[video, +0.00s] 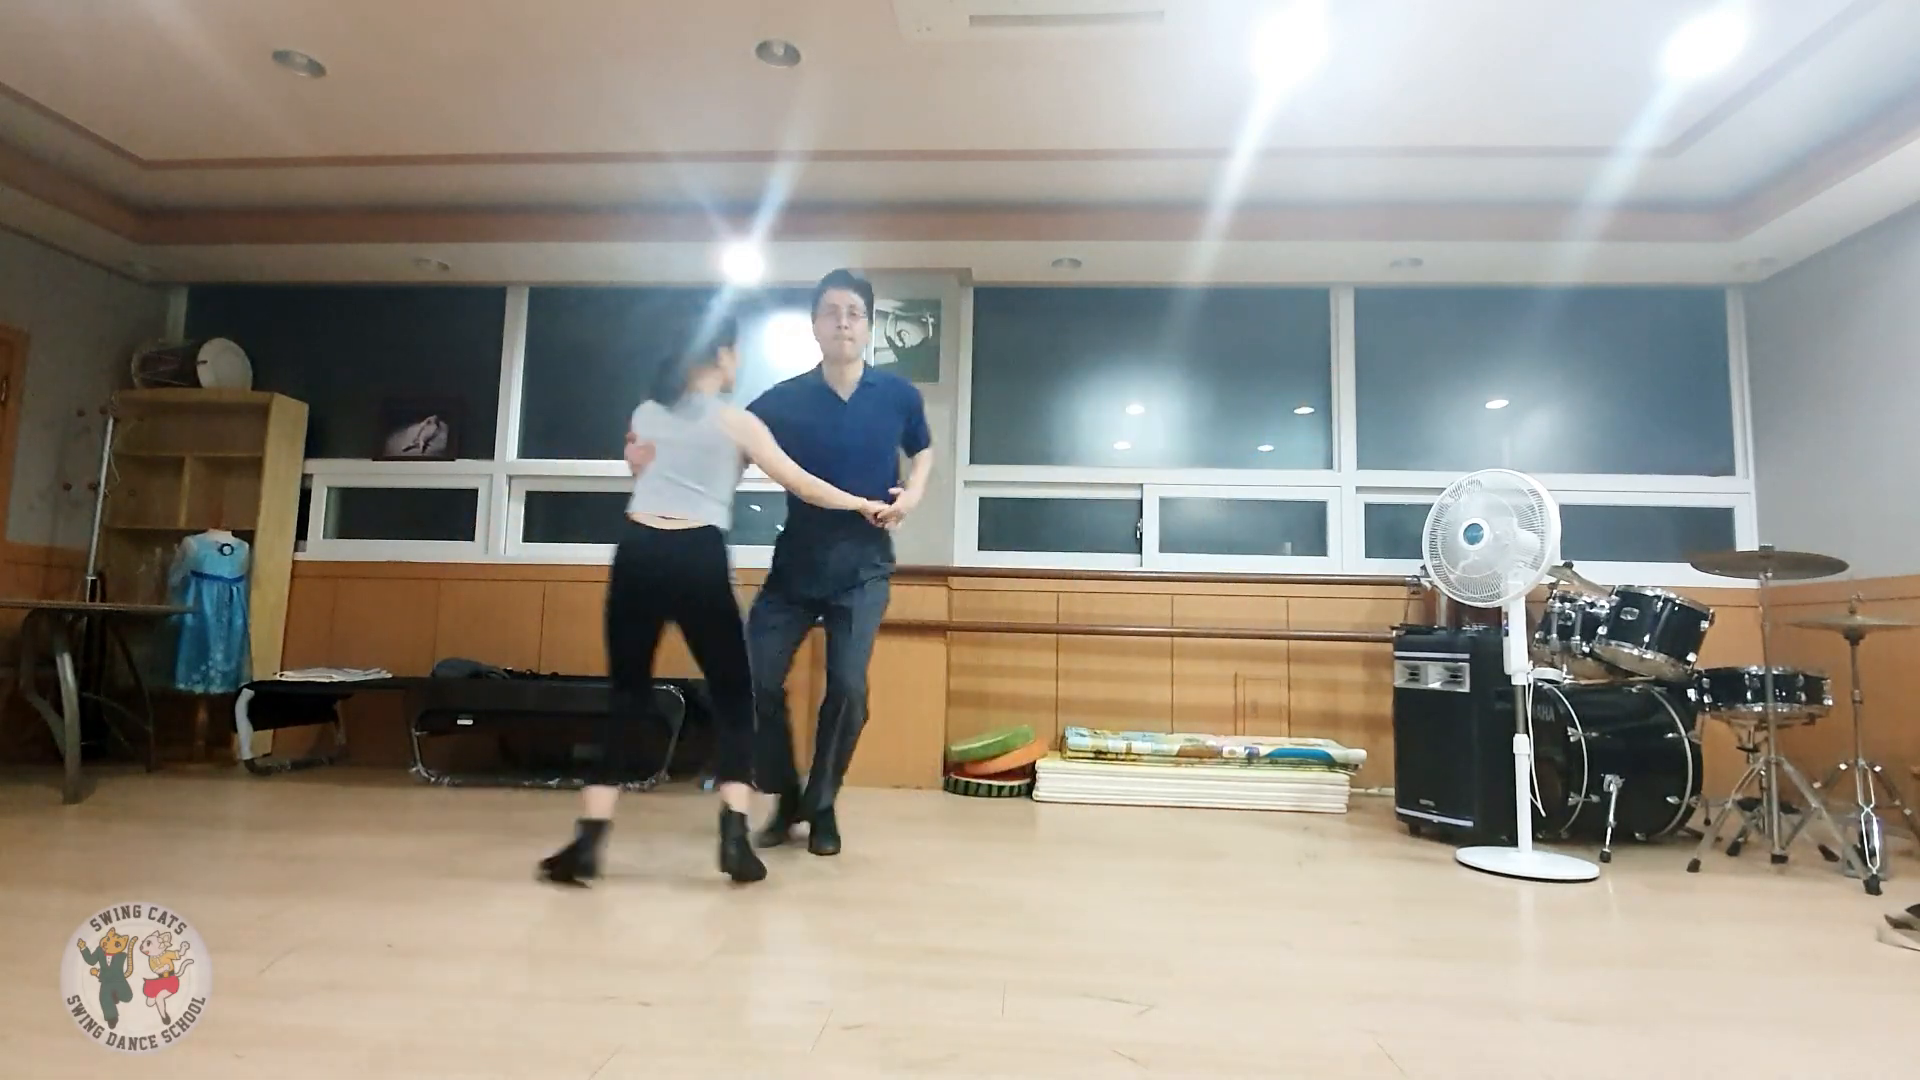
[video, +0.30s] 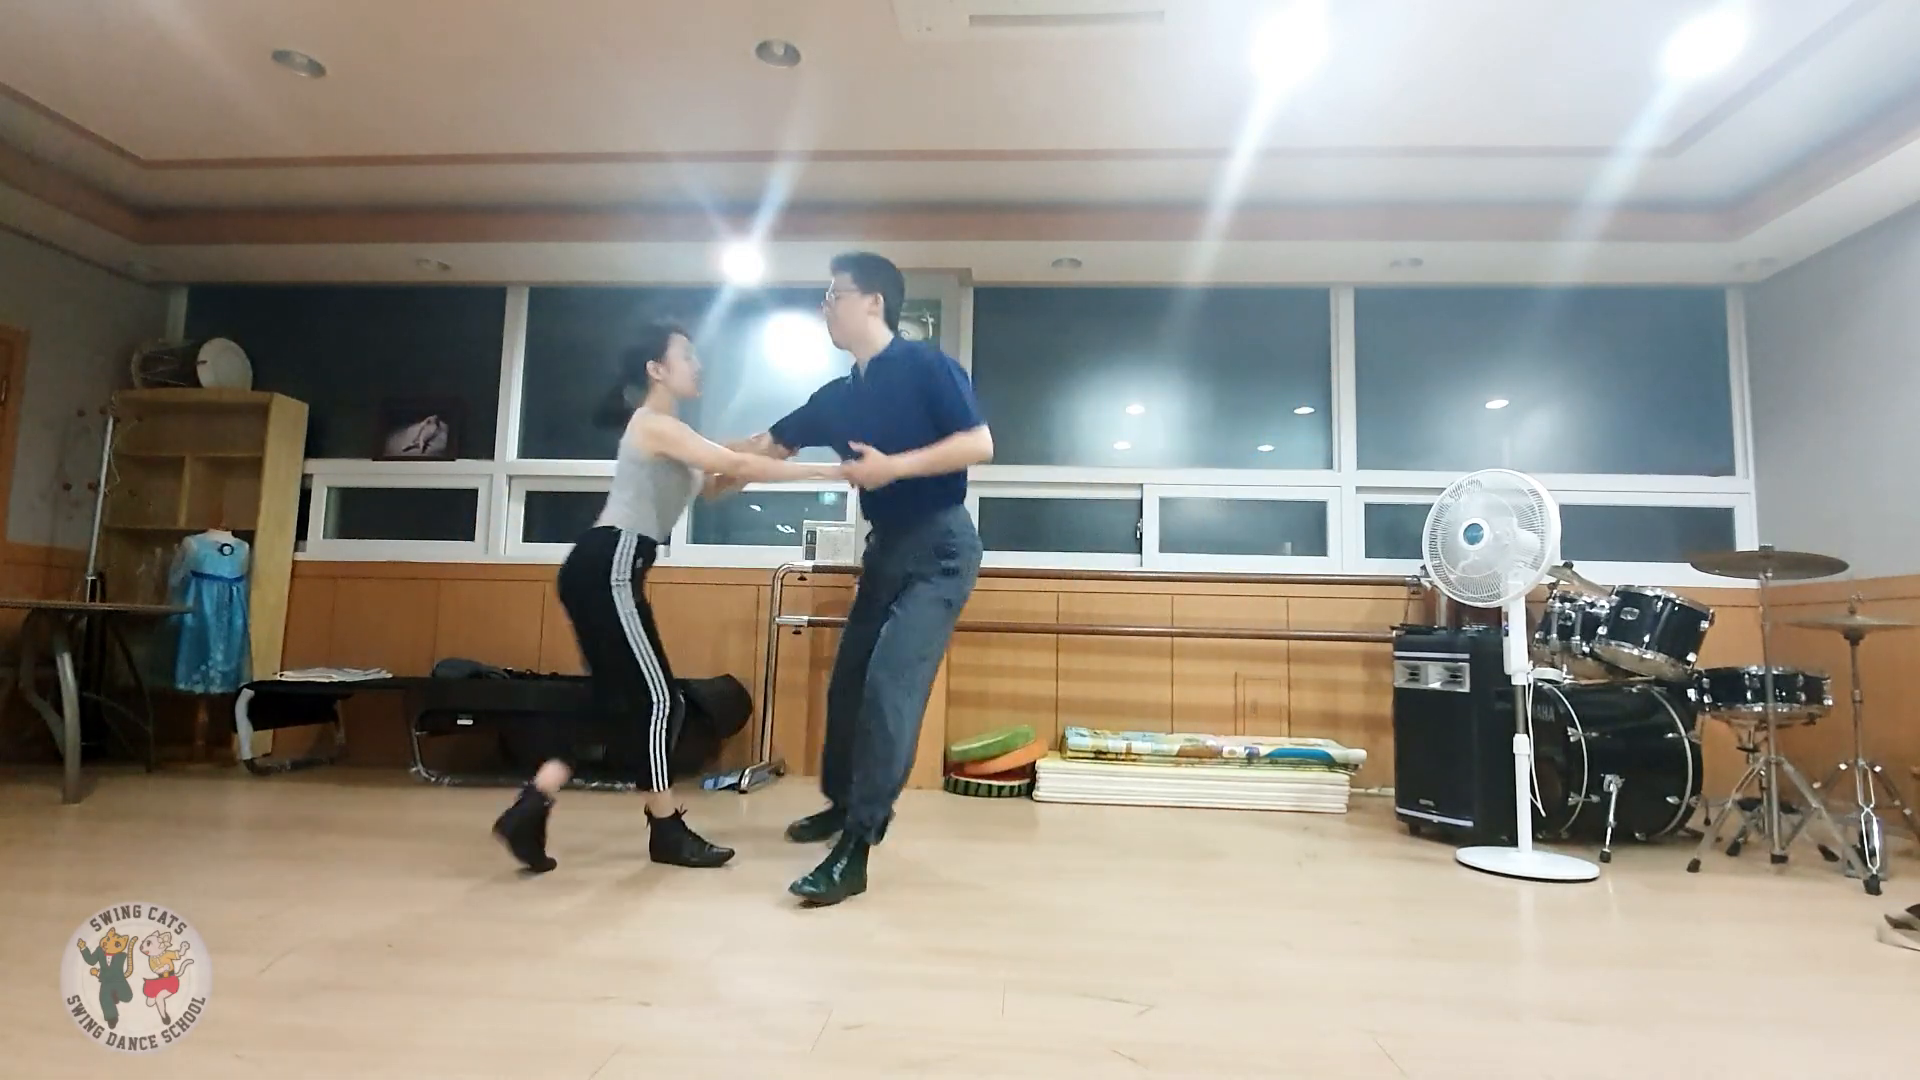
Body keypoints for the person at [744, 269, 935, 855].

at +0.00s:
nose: (843, 323)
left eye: (854, 314)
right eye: (831, 313)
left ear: (869, 327)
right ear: (814, 327)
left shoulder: (900, 395)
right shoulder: (783, 399)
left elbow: (921, 455)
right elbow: (726, 454)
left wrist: (911, 493)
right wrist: (655, 455)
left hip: (864, 561)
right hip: (798, 558)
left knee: (848, 687)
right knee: (758, 678)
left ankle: (822, 804)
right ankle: (788, 797)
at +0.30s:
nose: (824, 307)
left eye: (835, 296)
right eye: (826, 297)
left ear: (874, 303)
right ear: (859, 307)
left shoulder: (928, 366)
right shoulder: (835, 397)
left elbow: (978, 444)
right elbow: (773, 444)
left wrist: (894, 465)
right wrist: (721, 467)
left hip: (941, 547)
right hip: (888, 552)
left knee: (889, 680)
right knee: (849, 678)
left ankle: (856, 848)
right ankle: (845, 805)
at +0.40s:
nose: (823, 294)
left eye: (831, 283)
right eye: (826, 283)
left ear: (860, 288)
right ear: (859, 290)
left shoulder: (905, 336)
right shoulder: (857, 375)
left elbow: (941, 391)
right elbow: (815, 438)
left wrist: (842, 422)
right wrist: (765, 471)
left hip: (939, 536)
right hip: (902, 541)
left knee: (884, 677)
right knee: (863, 674)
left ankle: (855, 849)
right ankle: (934, 810)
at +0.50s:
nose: (829, 300)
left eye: (833, 289)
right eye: (833, 290)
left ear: (849, 290)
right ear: (890, 291)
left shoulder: (877, 328)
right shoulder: (899, 345)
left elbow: (839, 373)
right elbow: (884, 447)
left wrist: (738, 397)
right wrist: (817, 485)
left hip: (913, 535)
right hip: (940, 536)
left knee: (846, 689)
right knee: (907, 696)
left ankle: (856, 857)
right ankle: (968, 826)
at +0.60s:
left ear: (845, 298)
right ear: (902, 303)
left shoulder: (845, 343)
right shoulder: (925, 363)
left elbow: (759, 397)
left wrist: (661, 424)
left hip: (892, 527)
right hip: (953, 527)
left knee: (819, 688)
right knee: (935, 707)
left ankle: (856, 863)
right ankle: (934, 866)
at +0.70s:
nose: (922, 311)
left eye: (917, 303)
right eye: (921, 301)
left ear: (852, 300)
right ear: (910, 301)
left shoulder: (818, 348)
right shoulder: (949, 367)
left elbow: (735, 433)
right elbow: (973, 473)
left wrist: (693, 475)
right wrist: (945, 507)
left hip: (863, 517)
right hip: (946, 523)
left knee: (800, 698)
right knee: (929, 719)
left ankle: (843, 866)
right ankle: (924, 897)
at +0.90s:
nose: (923, 283)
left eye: (921, 272)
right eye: (919, 270)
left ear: (857, 270)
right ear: (891, 266)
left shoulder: (799, 336)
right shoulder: (919, 320)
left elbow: (786, 440)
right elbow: (956, 430)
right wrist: (978, 456)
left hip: (812, 493)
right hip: (897, 489)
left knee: (827, 672)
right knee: (910, 695)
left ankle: (819, 835)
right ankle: (903, 905)